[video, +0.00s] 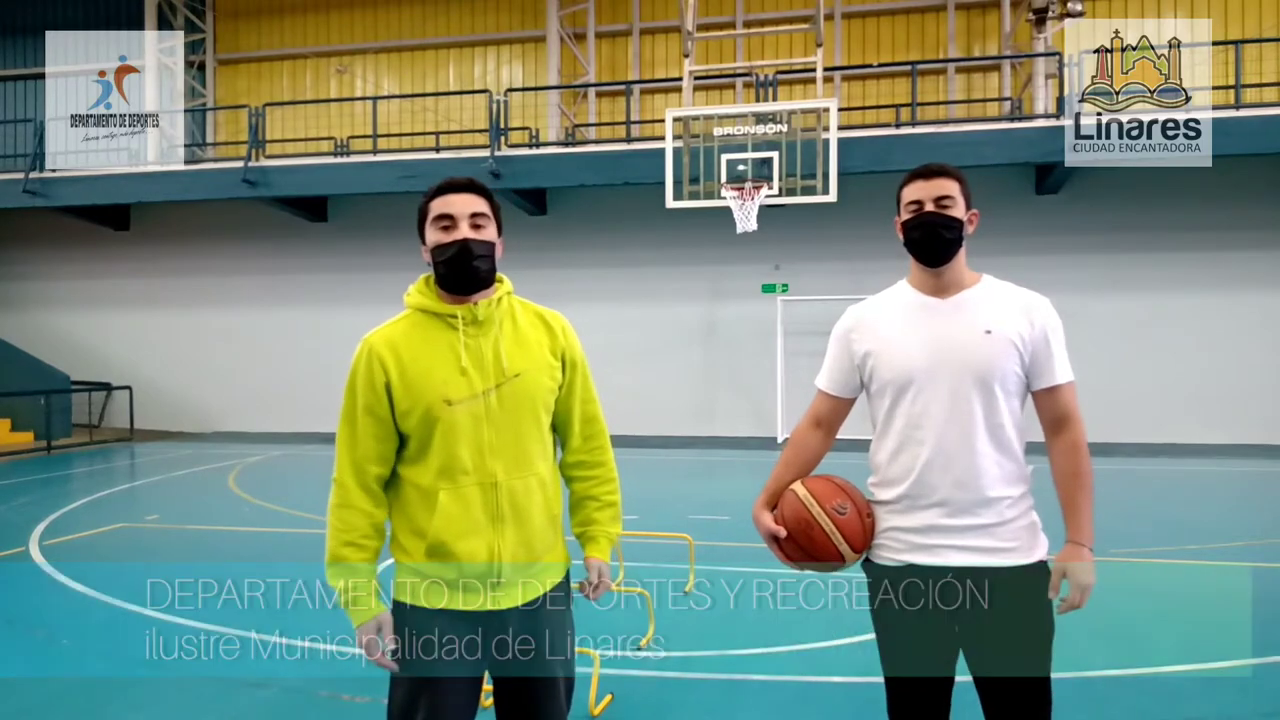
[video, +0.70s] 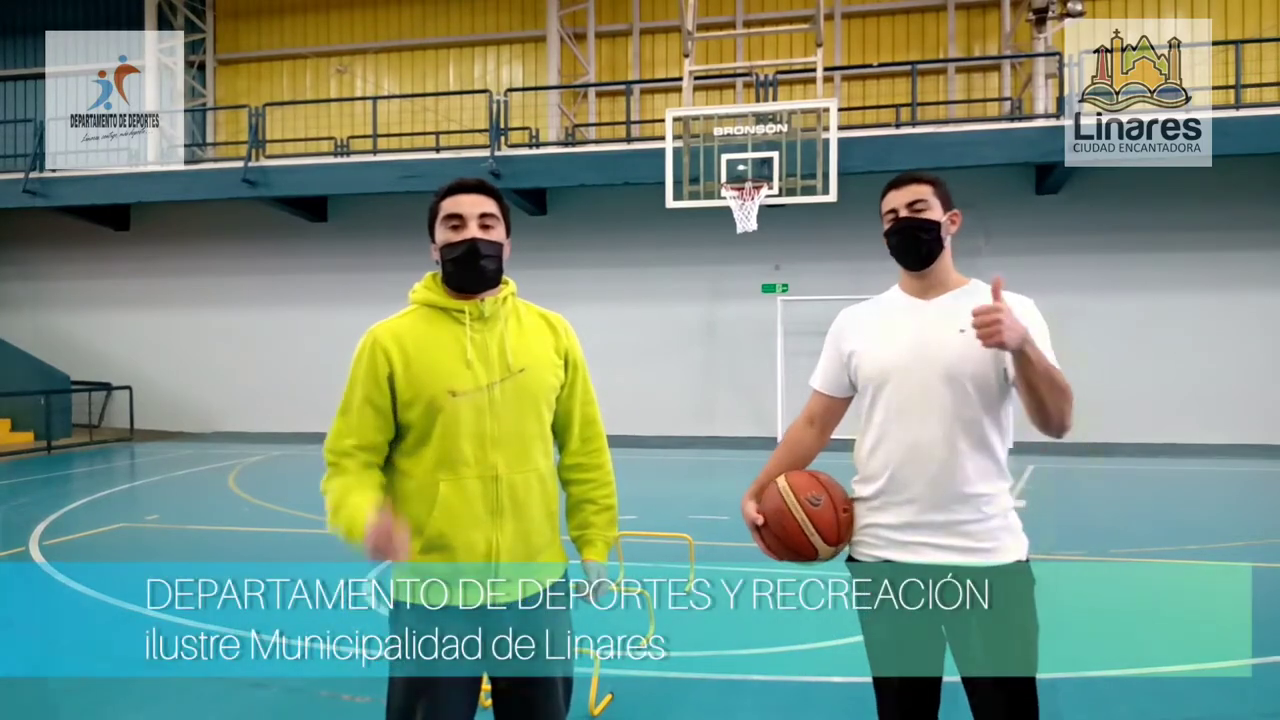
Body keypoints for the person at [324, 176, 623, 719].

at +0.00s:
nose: (464, 234)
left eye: (479, 222)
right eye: (446, 224)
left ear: (500, 243)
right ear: (426, 248)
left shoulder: (549, 334)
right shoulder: (386, 352)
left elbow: (587, 445)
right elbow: (358, 480)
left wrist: (597, 537)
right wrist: (360, 597)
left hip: (538, 592)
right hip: (435, 598)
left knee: (545, 711)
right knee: (430, 714)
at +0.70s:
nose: (471, 234)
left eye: (487, 223)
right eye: (454, 224)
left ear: (507, 243)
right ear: (434, 246)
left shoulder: (551, 335)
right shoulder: (390, 343)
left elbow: (585, 452)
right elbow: (350, 461)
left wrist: (595, 552)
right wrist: (370, 519)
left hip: (536, 588)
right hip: (434, 592)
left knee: (542, 712)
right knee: (428, 714)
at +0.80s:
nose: (472, 234)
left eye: (487, 223)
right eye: (454, 223)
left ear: (507, 242)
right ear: (435, 244)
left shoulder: (553, 335)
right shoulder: (391, 341)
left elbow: (587, 453)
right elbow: (345, 471)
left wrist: (598, 556)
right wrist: (372, 446)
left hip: (537, 587)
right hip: (434, 590)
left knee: (542, 712)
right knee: (427, 713)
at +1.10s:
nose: (477, 234)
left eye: (492, 222)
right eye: (461, 223)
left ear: (513, 238)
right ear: (441, 240)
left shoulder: (554, 336)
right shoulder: (398, 337)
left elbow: (592, 463)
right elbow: (350, 452)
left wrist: (605, 569)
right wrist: (389, 418)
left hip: (537, 572)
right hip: (432, 572)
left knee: (539, 706)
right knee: (436, 706)